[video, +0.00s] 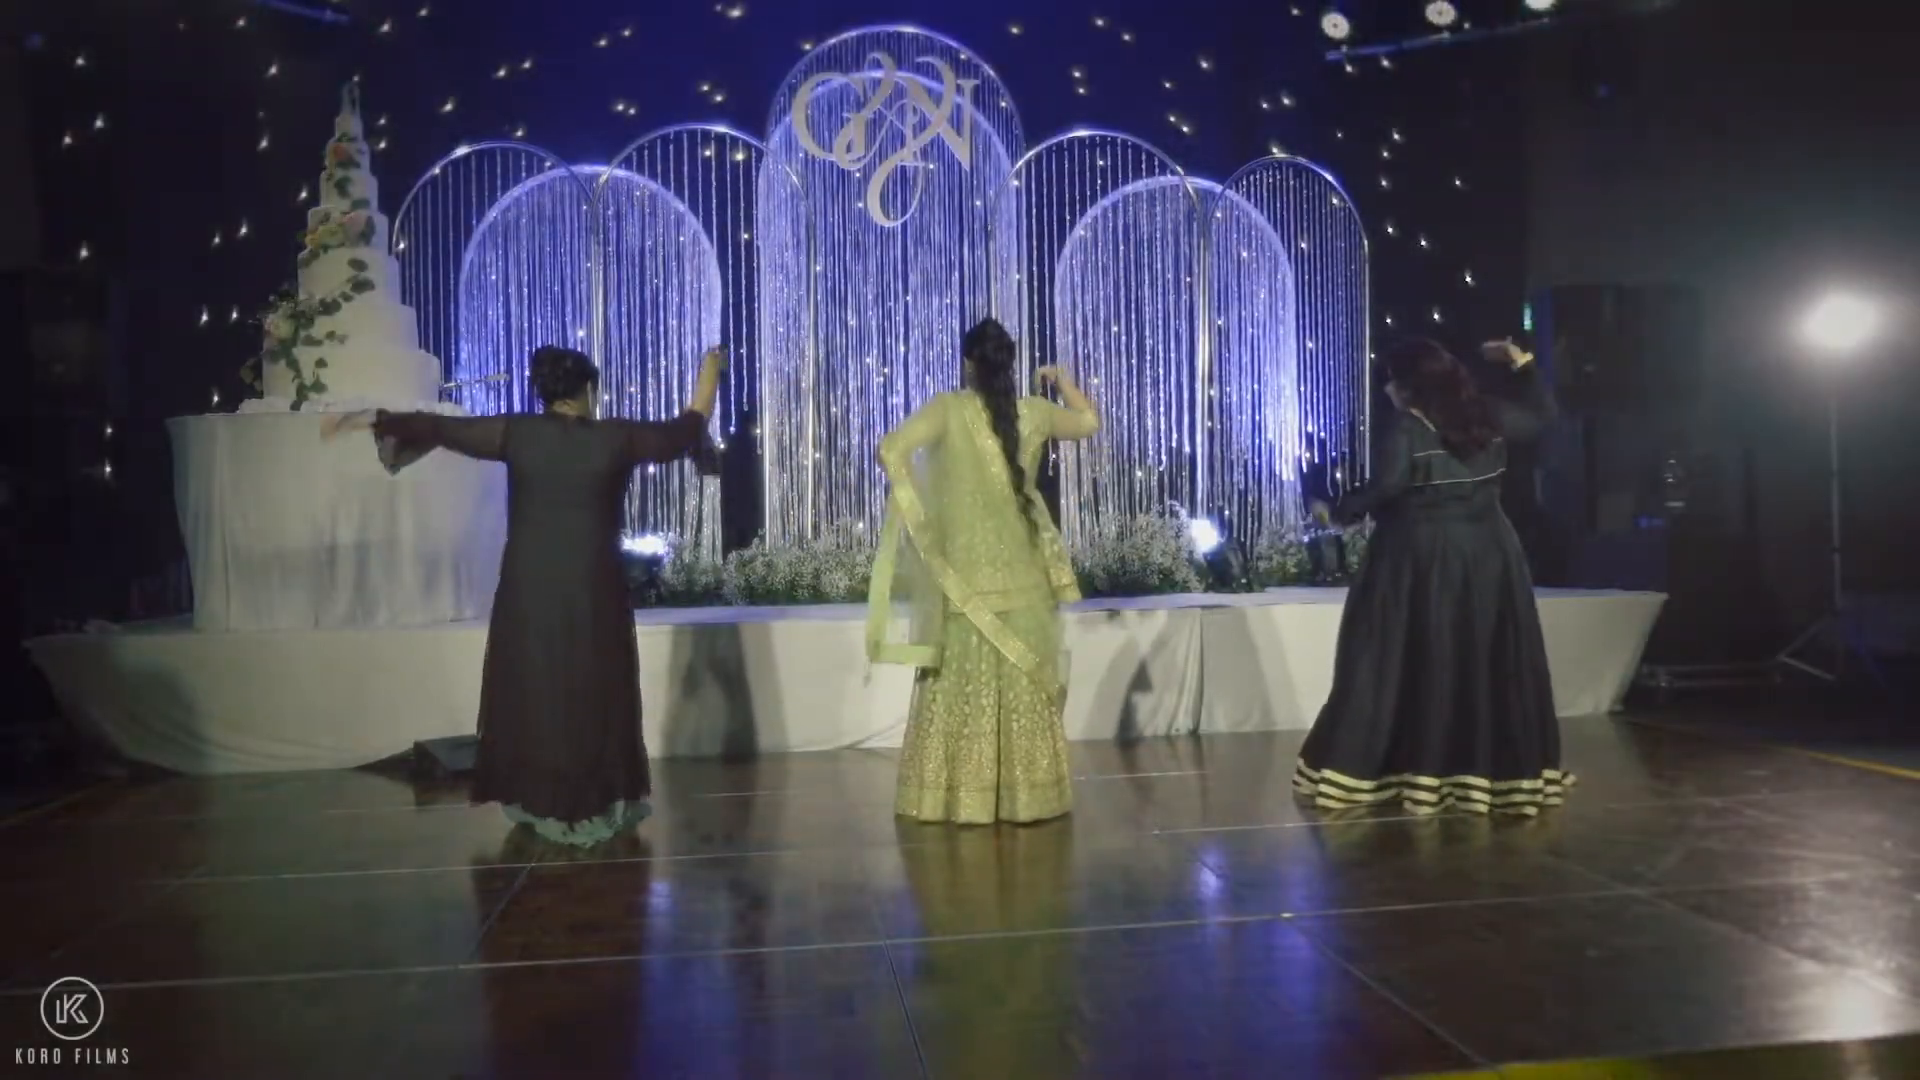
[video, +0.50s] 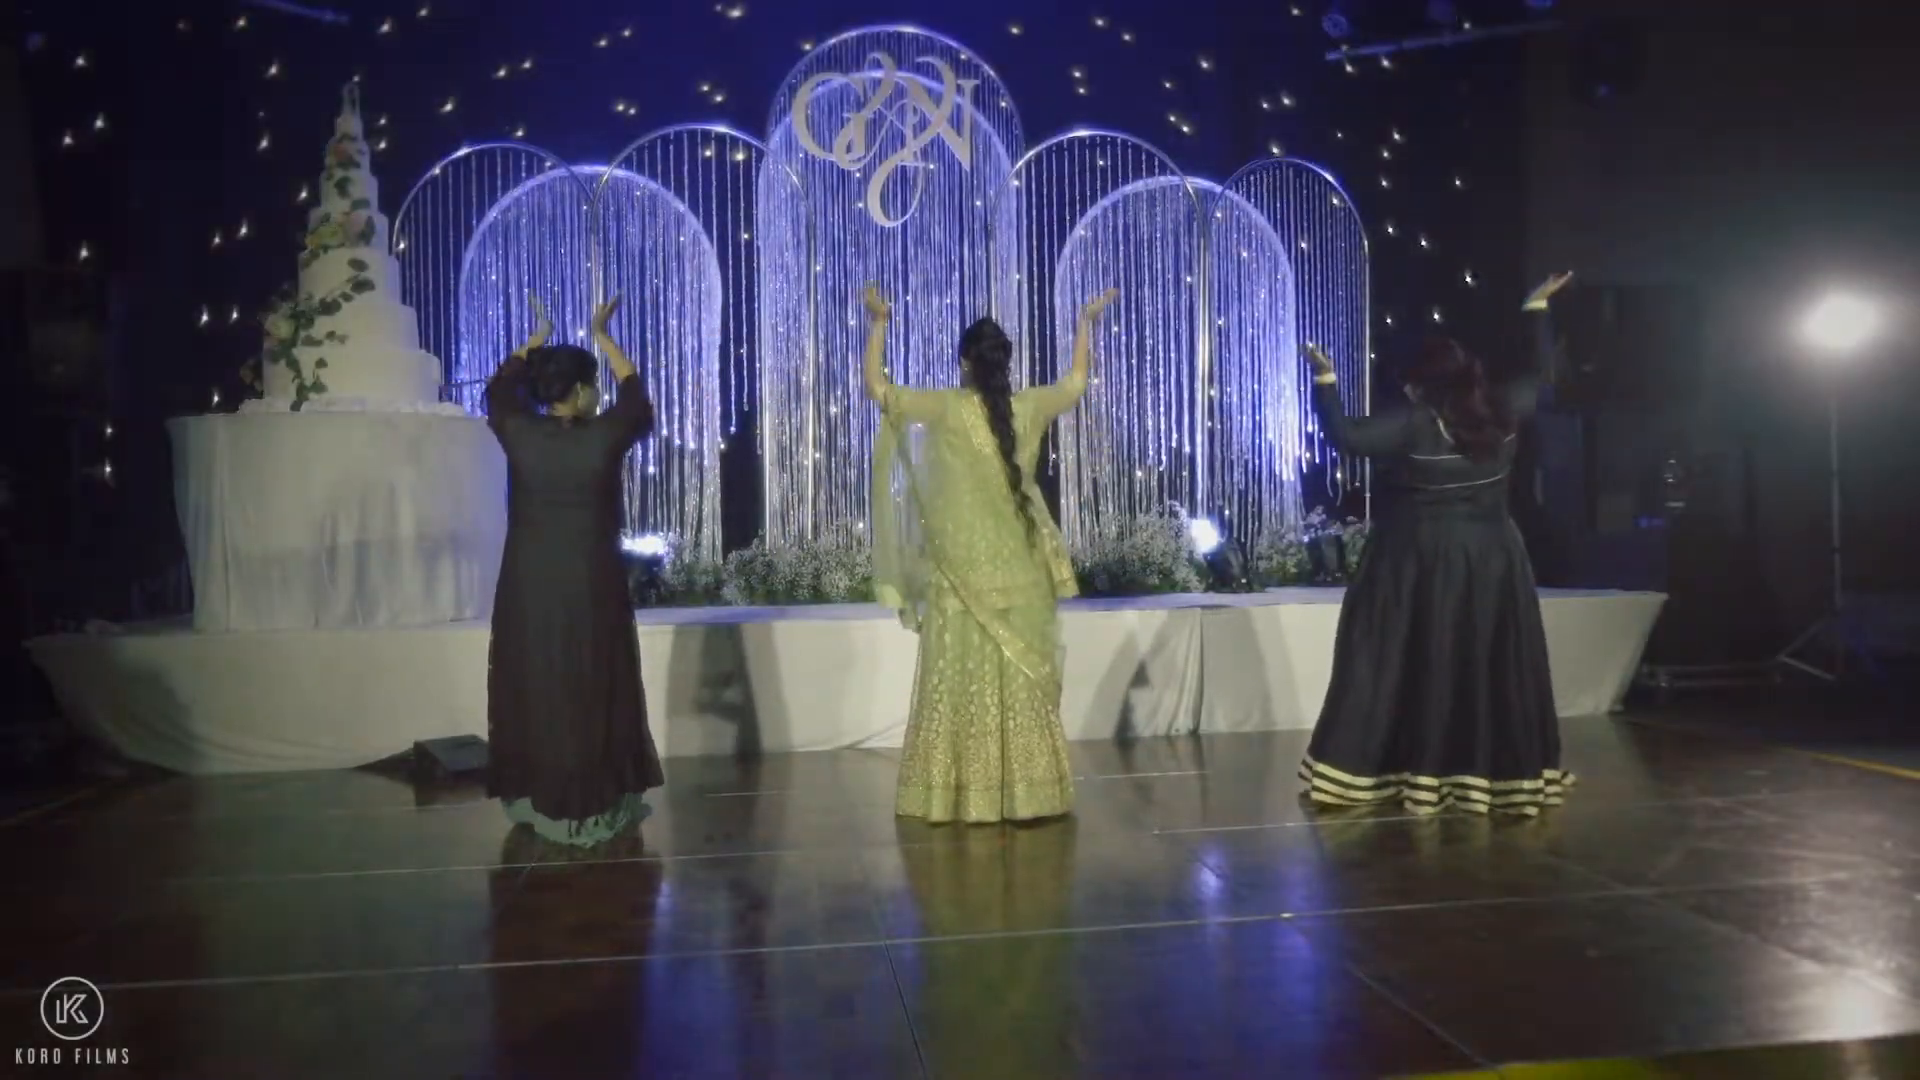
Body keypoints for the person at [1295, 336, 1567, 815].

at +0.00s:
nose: (1388, 394)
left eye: (1391, 384)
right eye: (1387, 385)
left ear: (1408, 386)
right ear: (1448, 378)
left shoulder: (1406, 429)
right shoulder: (1487, 416)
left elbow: (1388, 485)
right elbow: (1540, 417)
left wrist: (1340, 510)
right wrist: (1524, 365)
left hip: (1426, 551)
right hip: (1489, 545)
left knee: (1419, 660)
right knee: (1487, 660)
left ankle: (1419, 777)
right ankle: (1492, 777)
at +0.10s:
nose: (1388, 394)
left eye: (1392, 385)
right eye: (1389, 385)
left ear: (1406, 387)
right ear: (1448, 379)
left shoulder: (1407, 429)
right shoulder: (1485, 418)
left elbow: (1372, 477)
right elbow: (1539, 419)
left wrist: (1342, 444)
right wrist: (1511, 381)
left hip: (1425, 552)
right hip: (1489, 546)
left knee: (1419, 660)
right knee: (1487, 660)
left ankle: (1419, 777)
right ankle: (1493, 777)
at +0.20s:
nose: (1393, 392)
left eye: (1397, 385)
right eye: (1393, 386)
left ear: (1408, 387)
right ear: (1454, 379)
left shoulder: (1405, 427)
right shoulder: (1491, 419)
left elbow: (1356, 467)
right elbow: (1540, 420)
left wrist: (1356, 413)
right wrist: (1514, 387)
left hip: (1423, 550)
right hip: (1487, 546)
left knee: (1420, 661)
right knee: (1486, 660)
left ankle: (1419, 779)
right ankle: (1492, 779)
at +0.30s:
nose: (1399, 391)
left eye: (1403, 384)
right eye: (1399, 384)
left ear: (1413, 387)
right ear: (1459, 377)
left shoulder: (1409, 427)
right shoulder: (1495, 419)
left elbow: (1358, 465)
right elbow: (1542, 416)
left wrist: (1347, 413)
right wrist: (1525, 374)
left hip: (1424, 549)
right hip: (1488, 545)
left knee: (1419, 662)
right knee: (1487, 661)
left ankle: (1418, 781)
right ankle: (1492, 780)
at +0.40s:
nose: (1402, 390)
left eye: (1405, 382)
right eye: (1401, 383)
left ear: (1417, 383)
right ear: (1465, 373)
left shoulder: (1412, 427)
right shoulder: (1501, 417)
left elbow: (1359, 465)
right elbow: (1549, 398)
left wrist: (1330, 408)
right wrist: (1538, 343)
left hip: (1423, 551)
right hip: (1489, 550)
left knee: (1416, 663)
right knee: (1487, 664)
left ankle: (1415, 783)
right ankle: (1492, 782)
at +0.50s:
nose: (1407, 387)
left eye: (1410, 379)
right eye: (1411, 379)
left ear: (1418, 383)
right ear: (1469, 374)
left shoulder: (1413, 424)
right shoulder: (1502, 409)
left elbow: (1348, 436)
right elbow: (1542, 373)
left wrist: (1326, 383)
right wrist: (1537, 310)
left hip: (1423, 546)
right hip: (1490, 544)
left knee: (1416, 661)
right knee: (1489, 663)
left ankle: (1415, 782)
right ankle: (1493, 782)